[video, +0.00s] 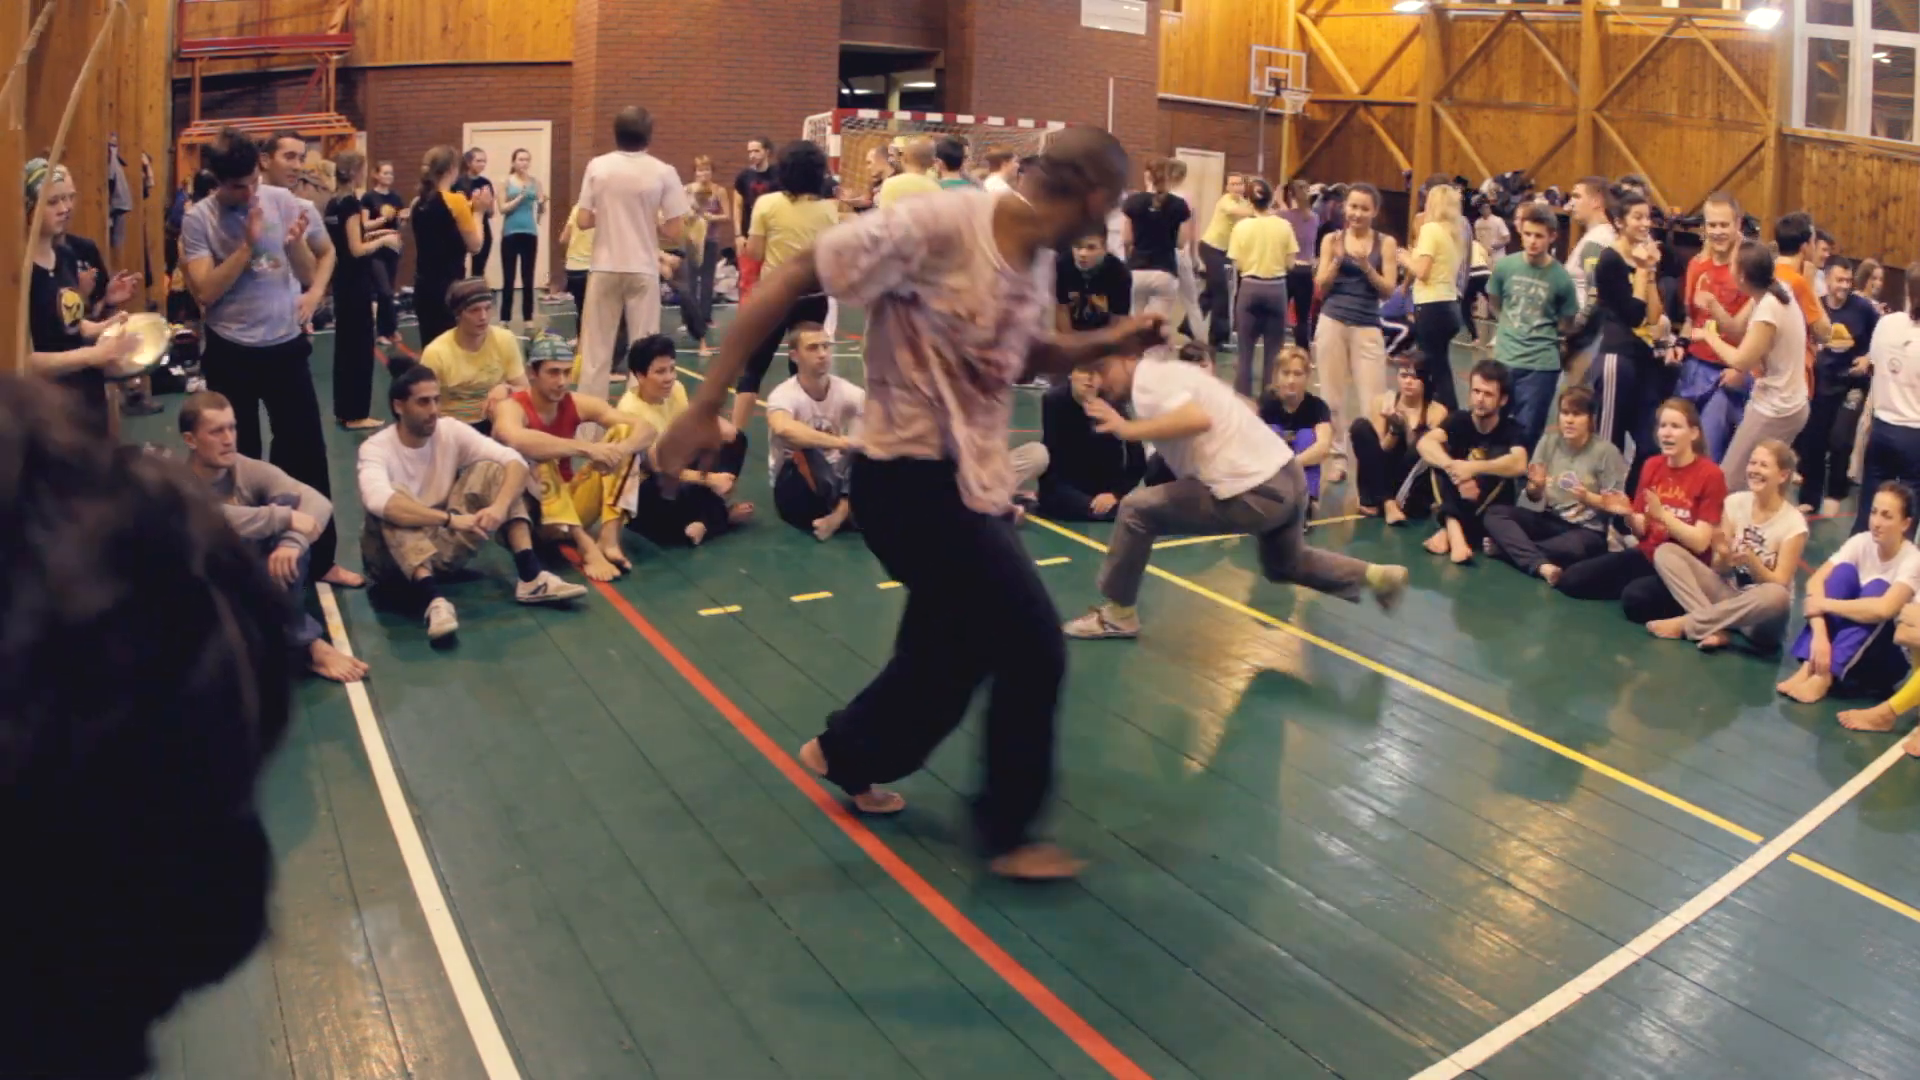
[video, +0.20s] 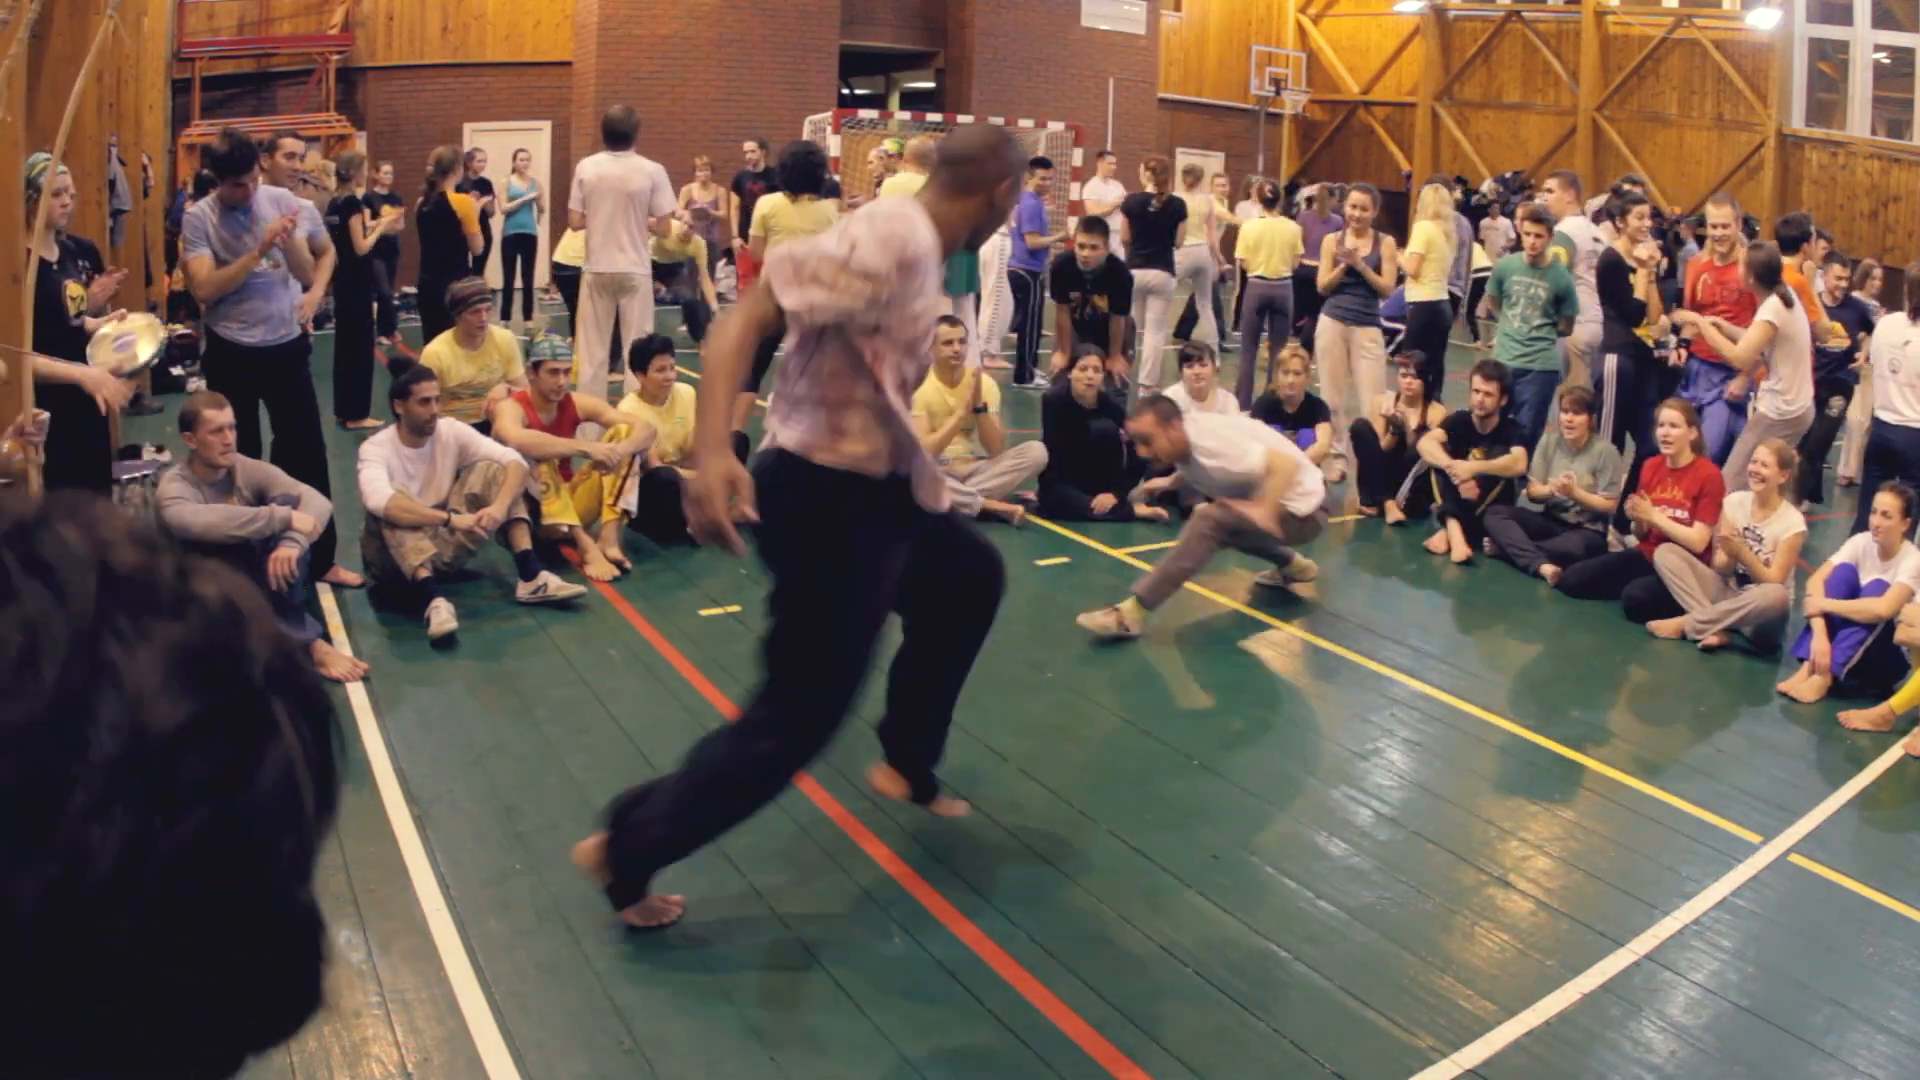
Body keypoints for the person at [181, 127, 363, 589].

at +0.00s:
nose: (245, 194)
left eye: (250, 184)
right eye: (235, 187)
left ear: (258, 174)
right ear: (215, 181)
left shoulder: (285, 203)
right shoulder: (199, 217)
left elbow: (323, 259)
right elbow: (204, 293)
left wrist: (315, 292)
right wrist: (248, 245)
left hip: (285, 347)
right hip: (228, 350)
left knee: (305, 454)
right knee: (238, 456)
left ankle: (320, 563)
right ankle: (247, 565)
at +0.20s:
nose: (242, 192)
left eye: (248, 183)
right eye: (233, 185)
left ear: (258, 172)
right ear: (214, 179)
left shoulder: (283, 204)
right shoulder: (199, 216)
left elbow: (307, 273)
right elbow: (204, 290)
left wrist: (288, 244)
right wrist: (258, 251)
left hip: (285, 347)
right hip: (229, 349)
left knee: (305, 452)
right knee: (238, 455)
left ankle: (320, 563)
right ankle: (247, 563)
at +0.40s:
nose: (246, 192)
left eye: (251, 182)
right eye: (236, 185)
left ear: (260, 172)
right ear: (216, 180)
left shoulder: (286, 203)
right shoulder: (199, 216)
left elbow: (319, 263)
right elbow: (204, 291)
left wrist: (314, 290)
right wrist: (253, 247)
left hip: (286, 346)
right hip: (228, 349)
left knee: (306, 452)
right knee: (239, 455)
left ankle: (320, 562)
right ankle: (247, 565)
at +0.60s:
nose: (246, 191)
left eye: (251, 181)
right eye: (236, 184)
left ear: (260, 172)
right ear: (217, 179)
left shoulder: (284, 203)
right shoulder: (200, 216)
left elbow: (310, 275)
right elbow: (204, 291)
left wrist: (294, 248)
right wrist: (253, 245)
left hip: (285, 346)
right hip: (228, 350)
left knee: (305, 452)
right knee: (238, 456)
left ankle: (320, 563)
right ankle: (247, 565)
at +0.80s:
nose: (249, 191)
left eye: (254, 181)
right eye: (239, 184)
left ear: (262, 172)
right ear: (217, 179)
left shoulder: (282, 202)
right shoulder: (200, 216)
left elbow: (306, 273)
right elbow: (206, 290)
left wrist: (285, 239)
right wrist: (260, 252)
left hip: (286, 346)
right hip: (229, 349)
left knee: (305, 452)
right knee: (238, 454)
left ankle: (320, 562)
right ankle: (246, 564)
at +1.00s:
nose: (252, 192)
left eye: (256, 182)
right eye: (242, 185)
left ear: (263, 173)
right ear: (219, 180)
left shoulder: (285, 203)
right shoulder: (200, 217)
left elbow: (319, 262)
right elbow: (205, 292)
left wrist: (313, 290)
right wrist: (249, 244)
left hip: (286, 346)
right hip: (229, 349)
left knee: (305, 452)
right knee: (238, 454)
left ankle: (320, 562)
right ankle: (246, 564)